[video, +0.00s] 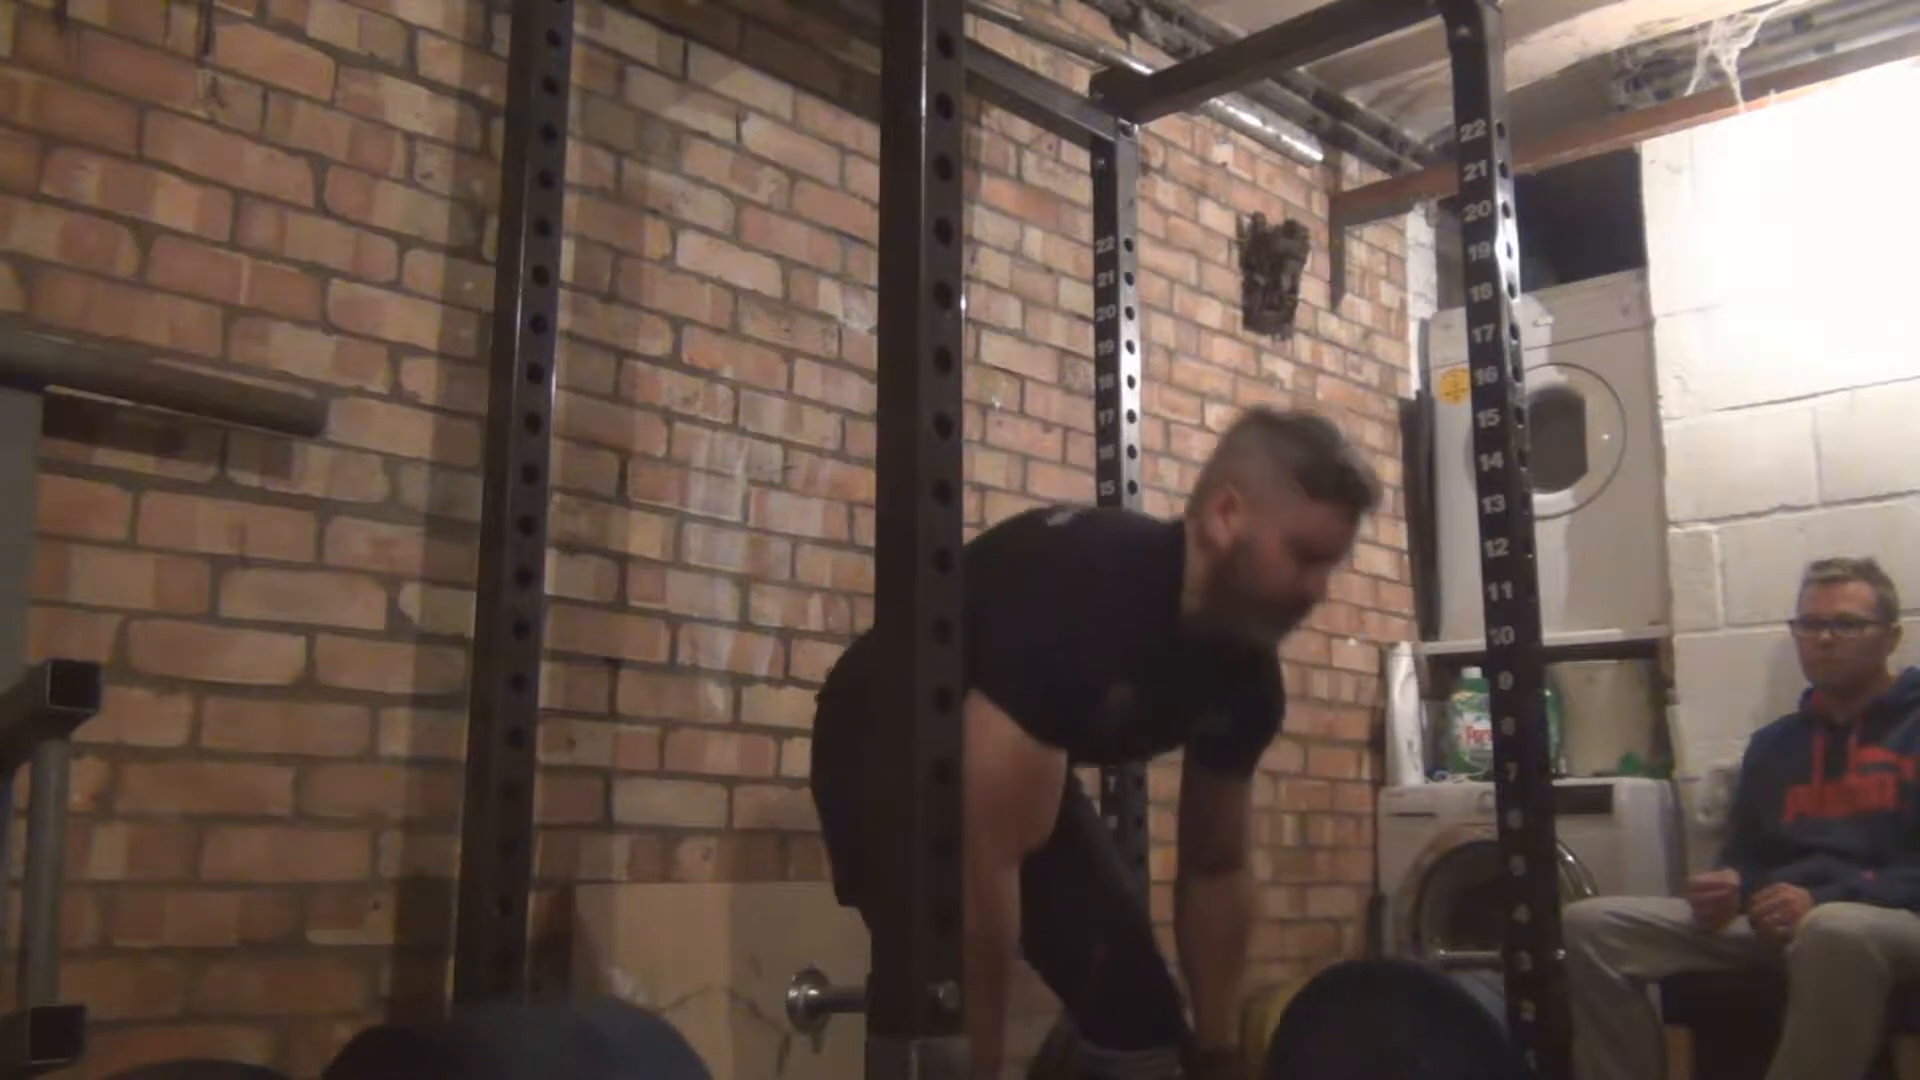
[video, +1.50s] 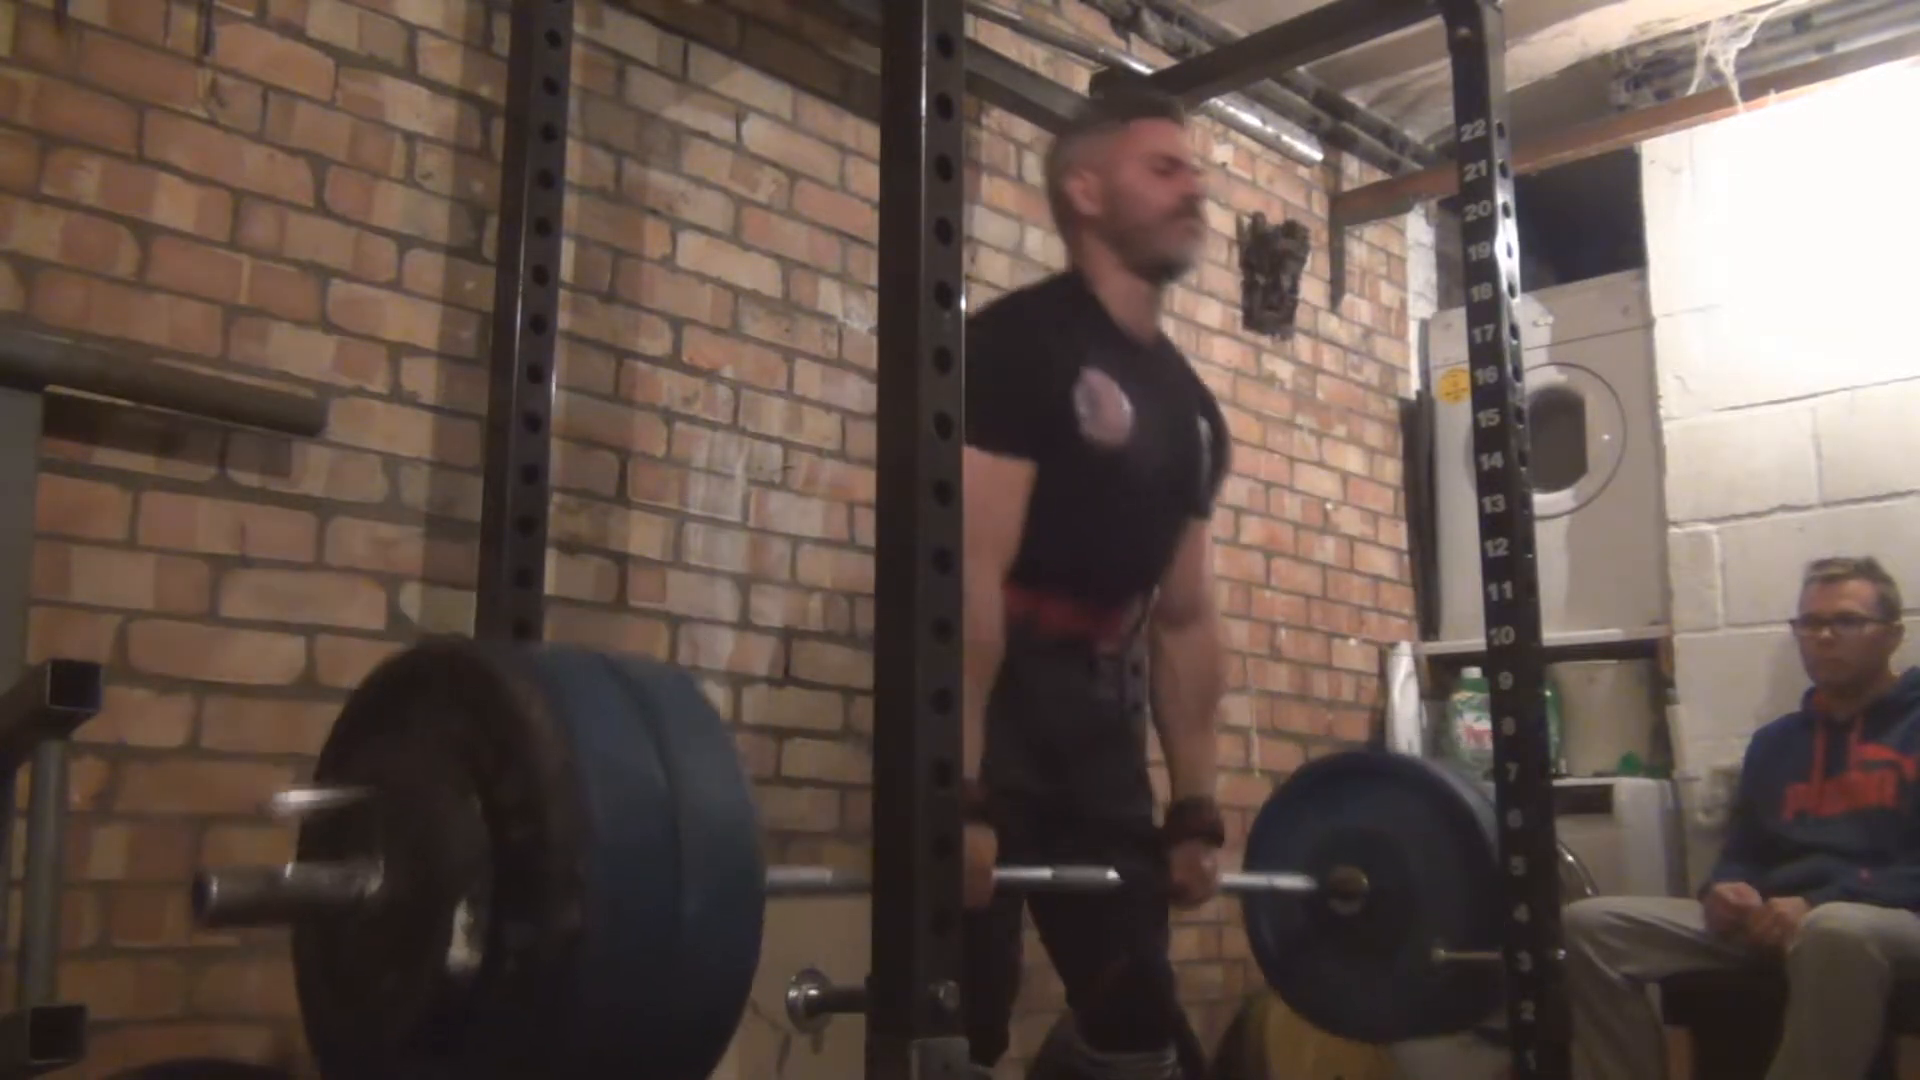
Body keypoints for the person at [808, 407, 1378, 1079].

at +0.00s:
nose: (1318, 590)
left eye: (1330, 566)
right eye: (1303, 556)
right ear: (1222, 515)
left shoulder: (1241, 679)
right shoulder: (1076, 590)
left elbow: (1216, 869)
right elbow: (988, 862)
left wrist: (1218, 1049)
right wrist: (979, 1060)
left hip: (1013, 766)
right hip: (882, 746)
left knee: (1138, 1019)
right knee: (934, 1014)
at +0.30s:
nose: (1321, 428)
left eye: (1320, 401)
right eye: (1296, 399)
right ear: (1205, 397)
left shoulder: (1236, 584)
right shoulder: (1074, 503)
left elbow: (1212, 777)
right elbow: (985, 755)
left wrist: (1214, 966)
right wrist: (982, 989)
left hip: (1018, 736)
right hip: (890, 722)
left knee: (1116, 985)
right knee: (923, 991)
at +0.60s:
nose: (1221, 229)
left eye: (1215, 209)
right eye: (1188, 208)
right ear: (1108, 239)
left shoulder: (1204, 445)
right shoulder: (1036, 380)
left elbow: (1186, 644)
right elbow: (968, 604)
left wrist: (1199, 823)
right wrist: (969, 828)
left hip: (1072, 690)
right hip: (949, 679)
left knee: (1117, 992)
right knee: (946, 993)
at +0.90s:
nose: (1075, 220)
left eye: (1082, 202)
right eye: (1050, 197)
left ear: (1087, 213)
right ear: (973, 205)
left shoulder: (1085, 375)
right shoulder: (918, 344)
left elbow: (1143, 573)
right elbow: (913, 551)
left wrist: (1191, 754)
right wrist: (960, 740)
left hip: (1101, 676)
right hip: (976, 679)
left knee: (1117, 1001)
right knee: (954, 1006)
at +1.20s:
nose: (1072, 230)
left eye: (1077, 213)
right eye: (1047, 207)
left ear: (1078, 227)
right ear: (969, 213)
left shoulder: (1083, 388)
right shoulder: (907, 359)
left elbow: (1141, 585)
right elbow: (919, 565)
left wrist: (1193, 770)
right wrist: (961, 757)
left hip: (1110, 723)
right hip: (979, 731)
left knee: (1125, 1019)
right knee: (961, 1024)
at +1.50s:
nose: (1196, 189)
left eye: (1196, 172)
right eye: (1165, 168)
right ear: (1084, 193)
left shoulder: (1192, 410)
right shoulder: (1014, 343)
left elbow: (1185, 618)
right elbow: (971, 578)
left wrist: (1195, 802)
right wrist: (960, 793)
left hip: (1096, 713)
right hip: (984, 697)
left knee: (1133, 1012)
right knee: (962, 1021)